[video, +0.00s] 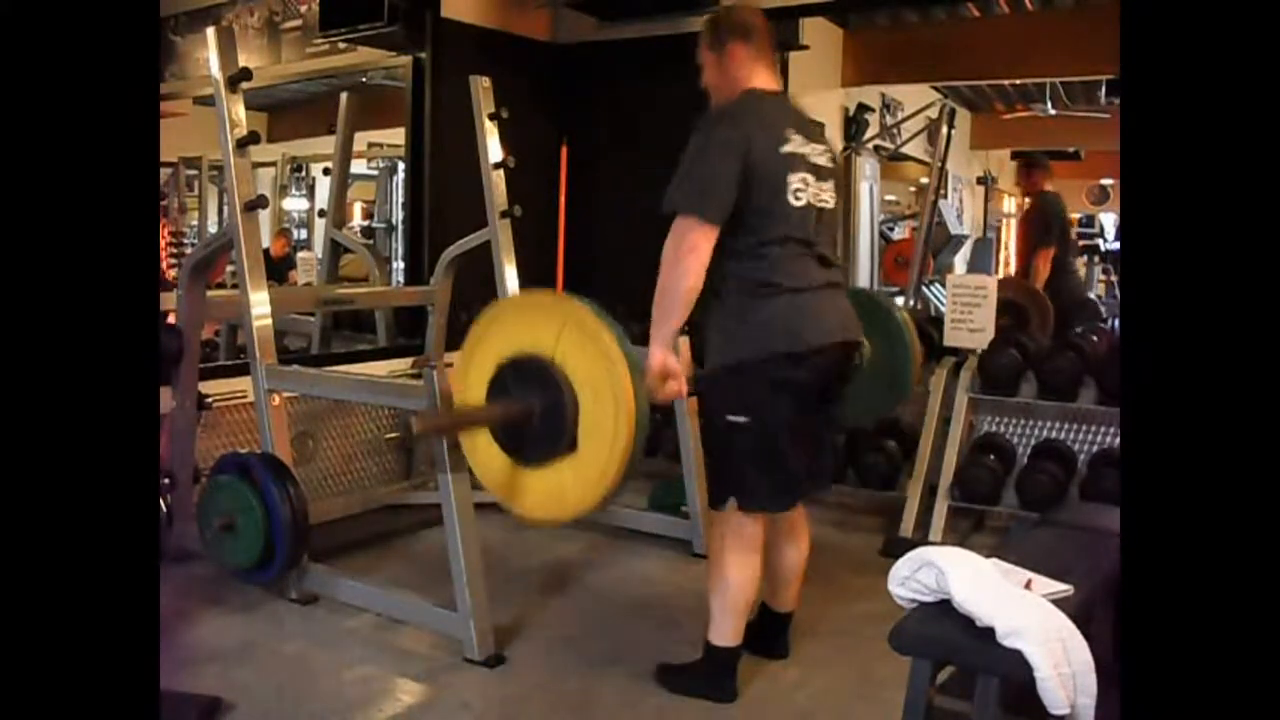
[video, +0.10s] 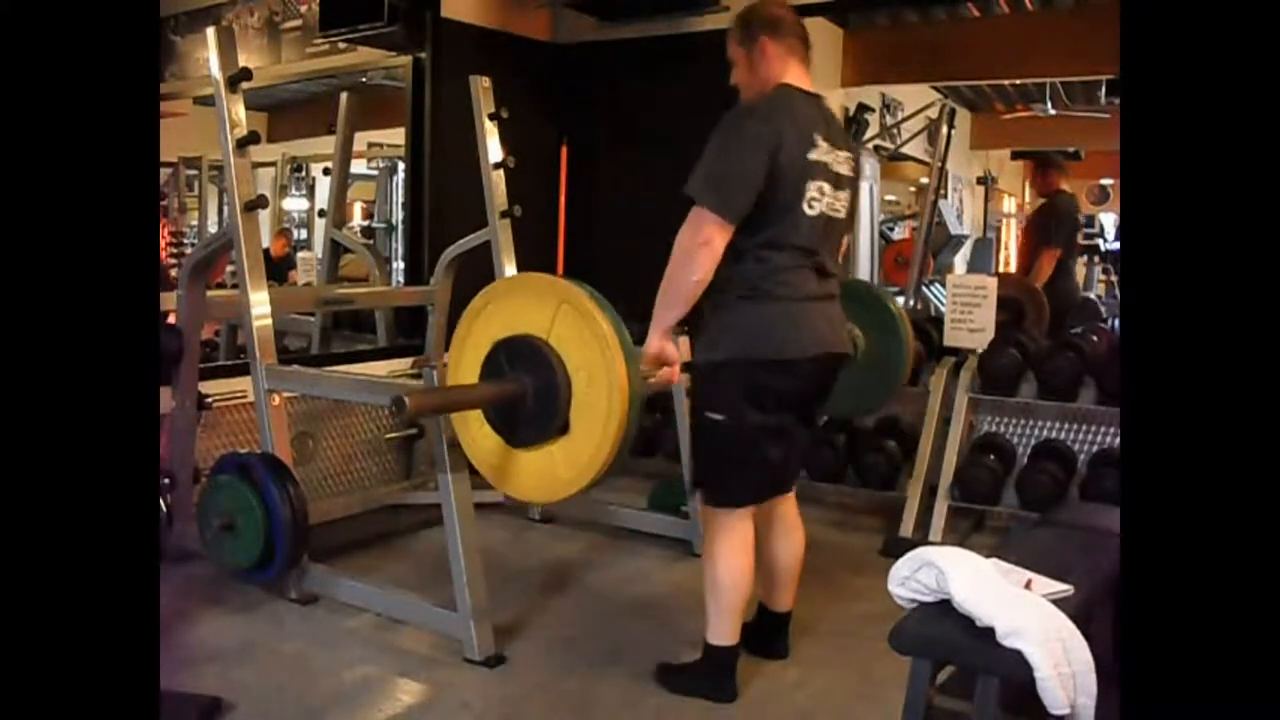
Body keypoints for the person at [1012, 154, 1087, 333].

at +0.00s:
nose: (1018, 182)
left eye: (1022, 175)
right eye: (1019, 175)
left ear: (1035, 175)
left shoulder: (1047, 203)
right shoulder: (1035, 206)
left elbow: (1044, 259)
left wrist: (1029, 302)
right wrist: (1020, 297)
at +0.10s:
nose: (1031, 182)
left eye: (1034, 176)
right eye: (1032, 176)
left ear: (1048, 175)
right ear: (1055, 175)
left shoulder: (1057, 206)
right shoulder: (1066, 202)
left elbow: (1050, 254)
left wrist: (1026, 293)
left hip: (1051, 295)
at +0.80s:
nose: (1012, 190)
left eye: (1014, 183)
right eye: (1011, 184)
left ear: (1028, 180)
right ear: (1033, 180)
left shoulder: (1045, 208)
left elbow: (1043, 259)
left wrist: (1029, 305)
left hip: (1057, 303)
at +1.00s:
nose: (1003, 199)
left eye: (1004, 192)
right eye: (1002, 192)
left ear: (1018, 186)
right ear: (1021, 186)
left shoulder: (1038, 213)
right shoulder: (1031, 213)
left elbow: (1040, 267)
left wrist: (1028, 312)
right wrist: (1025, 310)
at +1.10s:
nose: (995, 203)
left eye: (998, 196)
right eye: (995, 197)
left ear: (1014, 192)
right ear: (1016, 192)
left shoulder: (1035, 216)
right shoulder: (1028, 217)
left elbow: (1038, 272)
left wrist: (1028, 320)